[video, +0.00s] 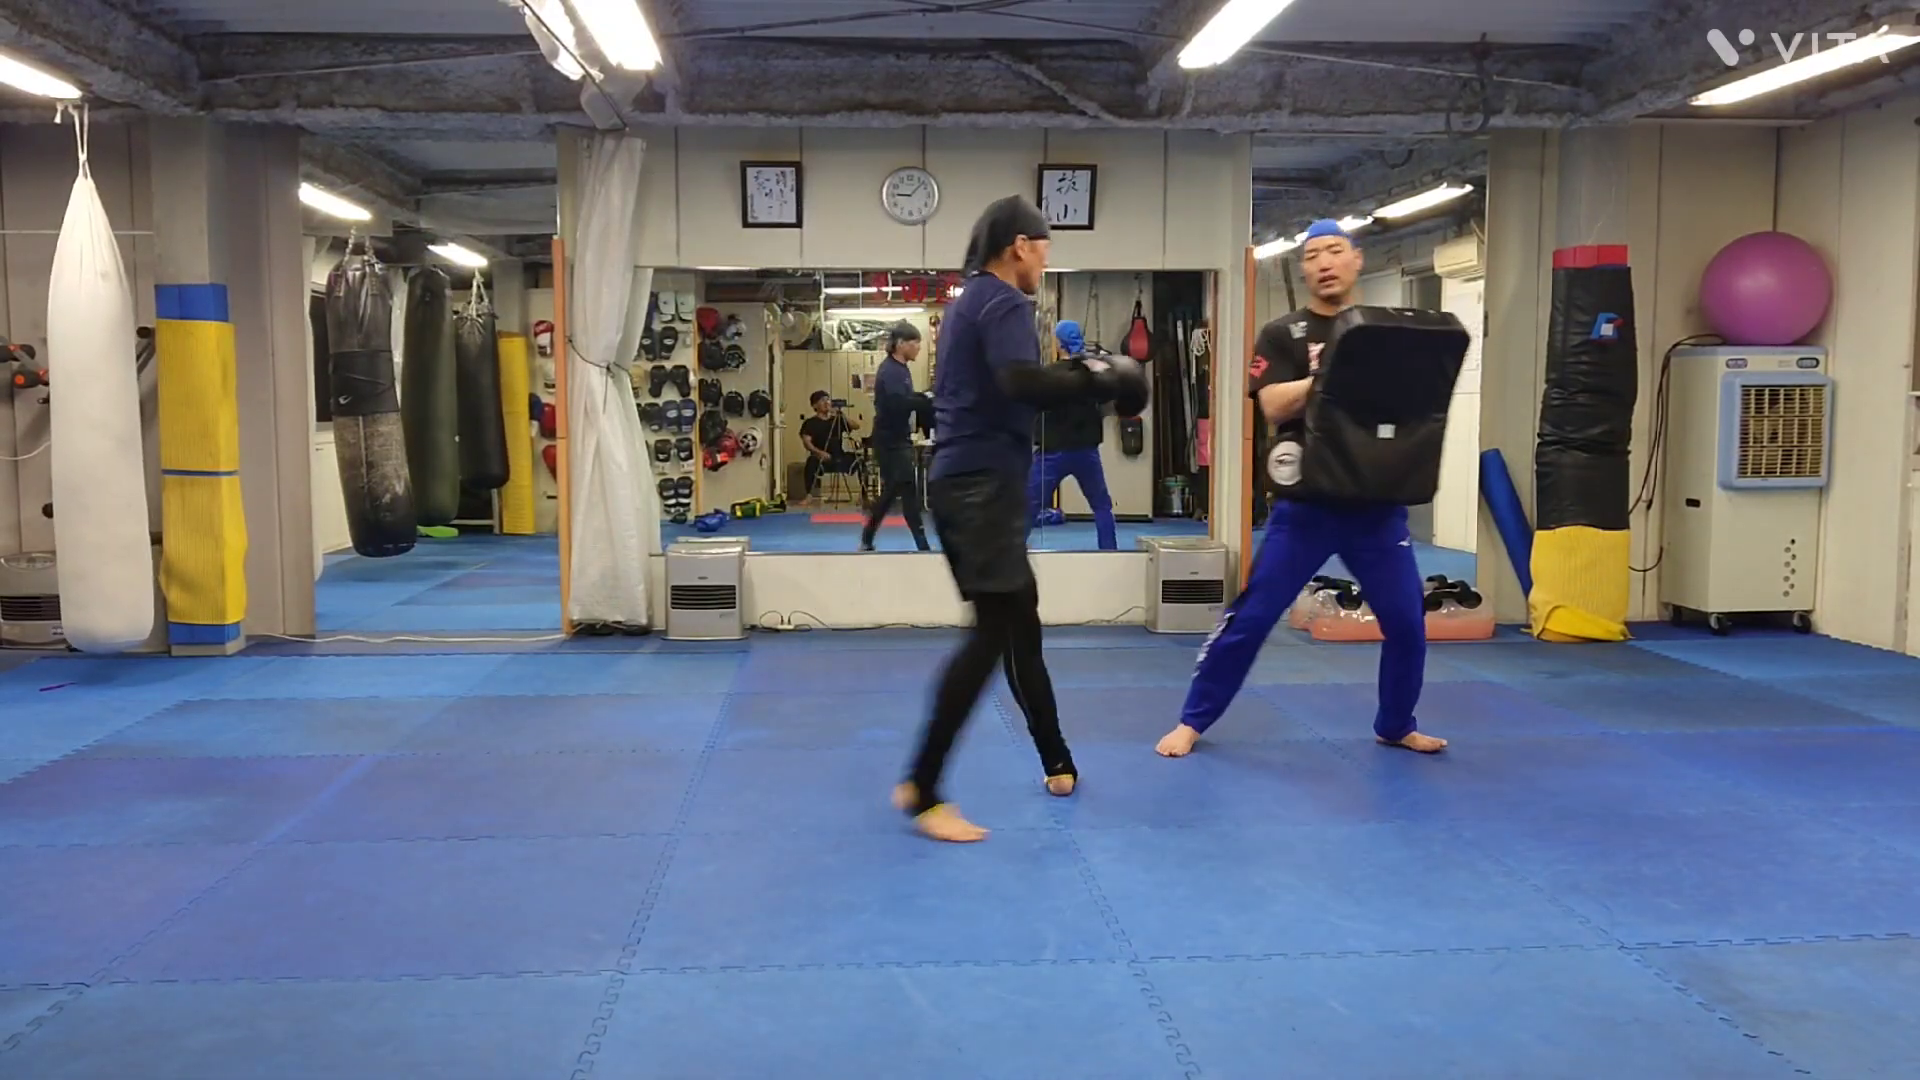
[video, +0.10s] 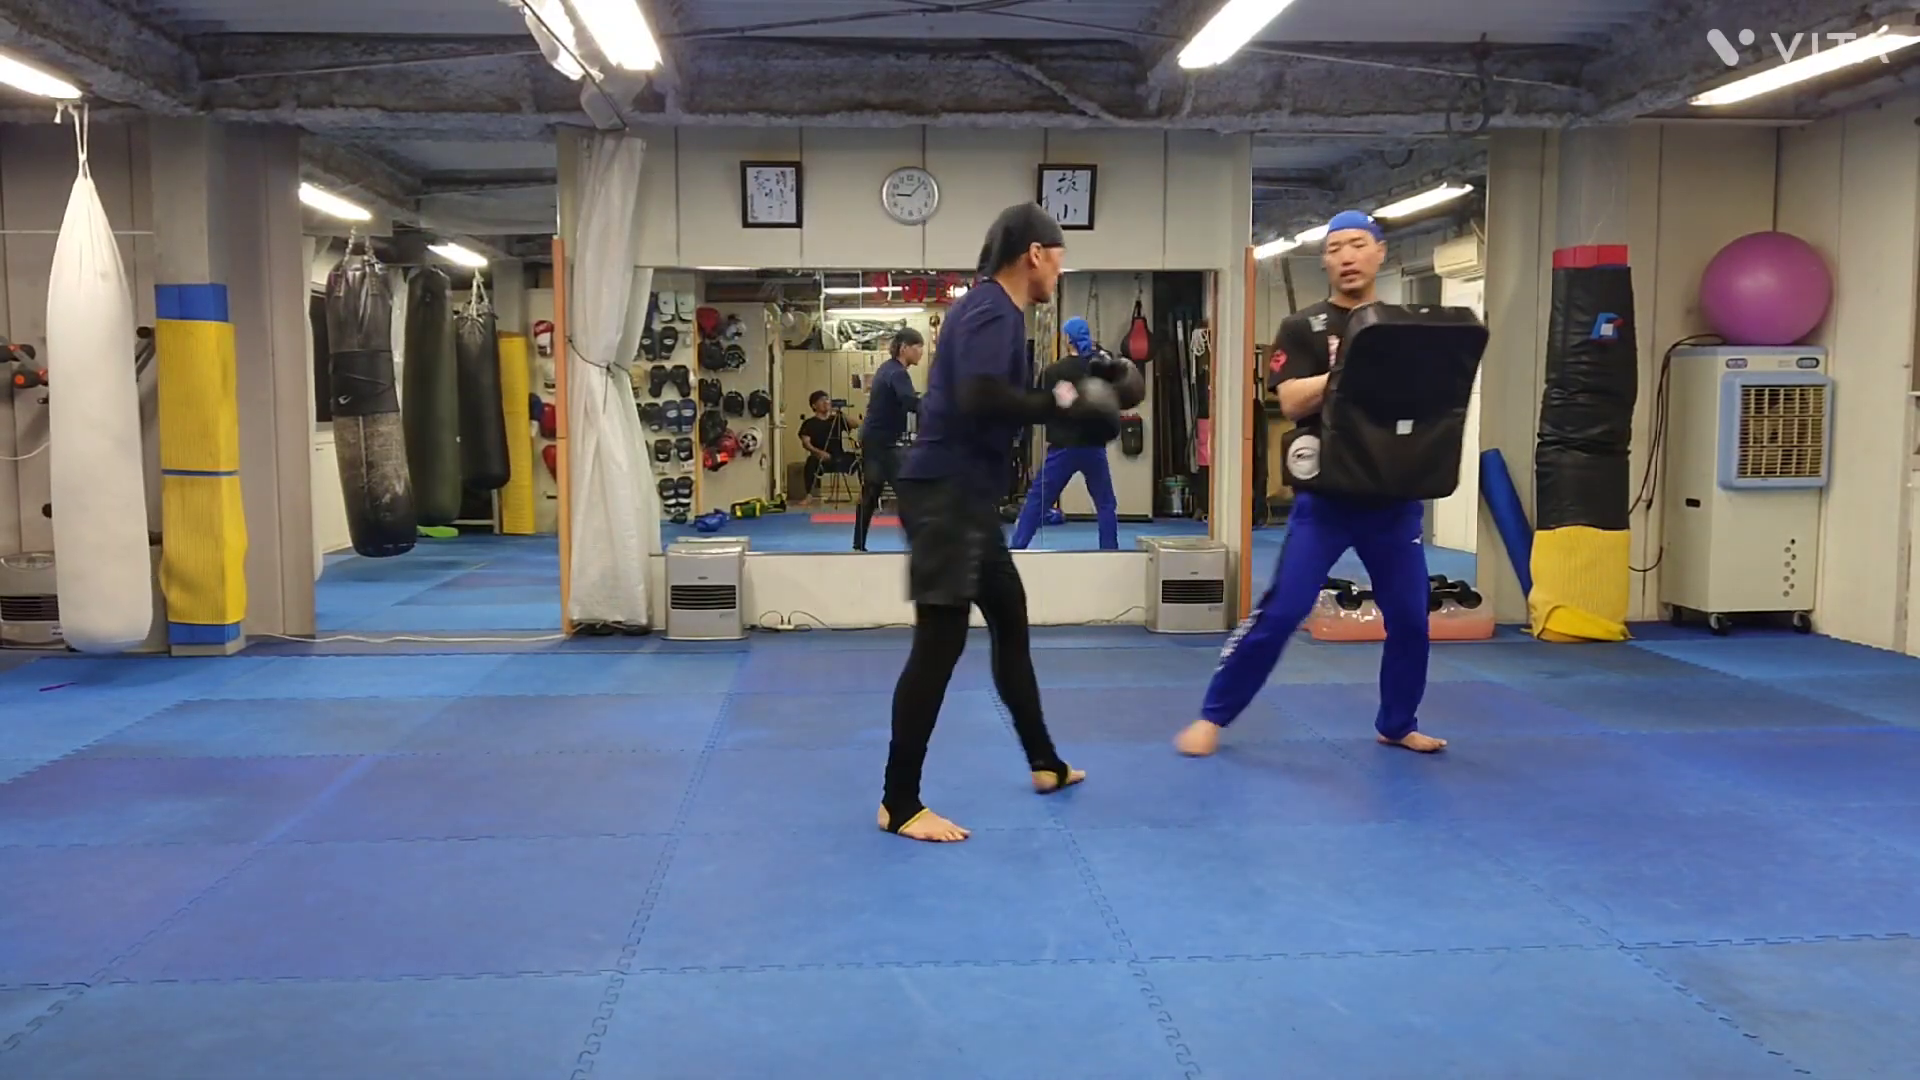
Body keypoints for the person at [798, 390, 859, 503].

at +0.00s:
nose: (826, 402)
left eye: (827, 399)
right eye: (823, 400)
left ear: (830, 402)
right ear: (815, 406)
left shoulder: (837, 419)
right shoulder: (809, 423)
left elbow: (856, 426)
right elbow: (807, 443)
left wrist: (841, 415)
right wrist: (820, 453)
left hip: (839, 457)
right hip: (822, 458)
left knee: (860, 461)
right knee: (811, 462)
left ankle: (864, 494)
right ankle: (809, 495)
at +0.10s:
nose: (826, 402)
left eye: (827, 400)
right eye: (822, 400)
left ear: (830, 402)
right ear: (814, 406)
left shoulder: (837, 419)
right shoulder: (809, 423)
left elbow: (855, 424)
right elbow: (806, 443)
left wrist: (841, 414)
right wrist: (819, 453)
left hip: (839, 456)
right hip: (822, 458)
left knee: (861, 460)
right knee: (811, 461)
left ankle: (866, 493)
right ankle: (809, 494)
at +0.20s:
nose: (825, 402)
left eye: (826, 400)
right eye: (821, 400)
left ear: (829, 402)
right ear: (814, 406)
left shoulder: (837, 419)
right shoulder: (808, 423)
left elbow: (854, 425)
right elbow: (806, 443)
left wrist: (841, 413)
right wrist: (819, 453)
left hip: (839, 457)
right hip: (822, 458)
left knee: (862, 460)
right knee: (811, 461)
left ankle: (866, 494)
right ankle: (809, 495)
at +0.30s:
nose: (824, 402)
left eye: (825, 399)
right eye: (820, 400)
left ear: (828, 402)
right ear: (812, 406)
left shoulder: (836, 419)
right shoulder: (808, 423)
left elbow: (853, 425)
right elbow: (805, 443)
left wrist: (841, 413)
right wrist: (819, 453)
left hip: (838, 457)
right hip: (821, 459)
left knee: (860, 459)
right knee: (811, 461)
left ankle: (864, 494)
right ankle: (809, 495)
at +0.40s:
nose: (824, 402)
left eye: (825, 399)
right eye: (820, 400)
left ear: (828, 402)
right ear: (812, 406)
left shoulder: (836, 418)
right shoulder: (808, 423)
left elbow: (853, 426)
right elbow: (805, 443)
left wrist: (842, 413)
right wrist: (819, 453)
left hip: (838, 457)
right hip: (821, 459)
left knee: (860, 459)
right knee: (811, 461)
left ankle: (866, 493)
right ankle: (809, 495)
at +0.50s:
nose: (824, 402)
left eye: (824, 399)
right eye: (820, 400)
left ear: (827, 402)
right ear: (812, 406)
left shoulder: (836, 418)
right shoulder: (808, 423)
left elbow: (853, 421)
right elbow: (805, 444)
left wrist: (840, 411)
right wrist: (819, 453)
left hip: (838, 456)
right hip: (821, 458)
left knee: (861, 460)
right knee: (810, 462)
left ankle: (865, 495)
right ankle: (809, 495)